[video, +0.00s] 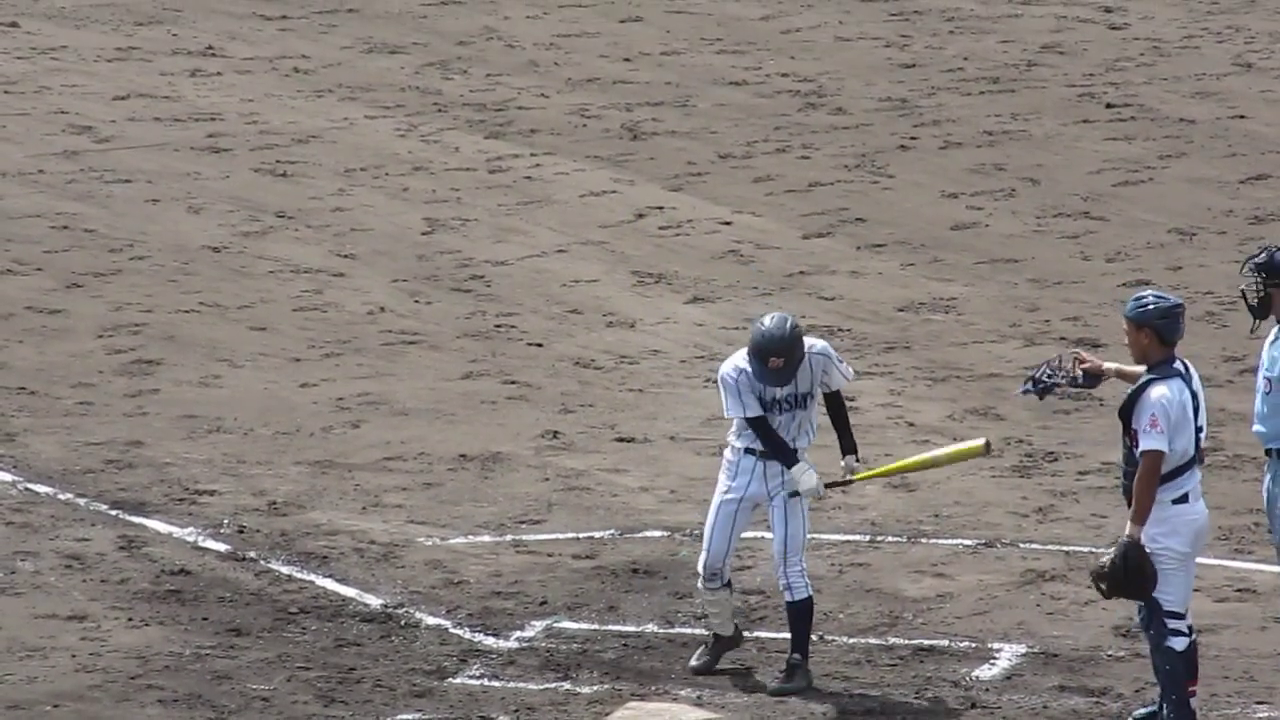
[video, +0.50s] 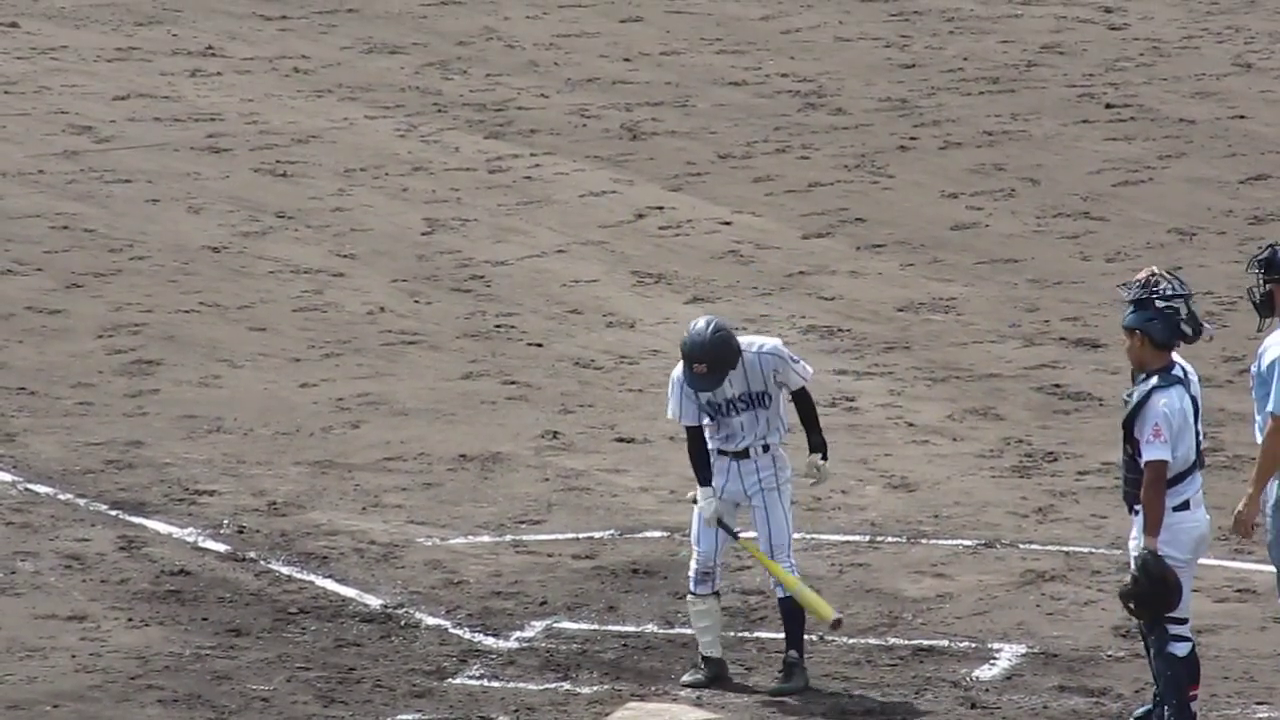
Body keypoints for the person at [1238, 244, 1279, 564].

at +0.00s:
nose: (1259, 292)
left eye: (1266, 285)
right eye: (1261, 284)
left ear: (1278, 292)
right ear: (1272, 291)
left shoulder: (1275, 342)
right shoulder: (1272, 339)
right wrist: (1269, 466)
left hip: (1276, 460)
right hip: (1272, 458)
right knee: (1276, 543)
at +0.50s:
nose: (1262, 290)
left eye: (1266, 282)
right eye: (1266, 281)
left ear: (1274, 291)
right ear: (1277, 291)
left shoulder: (1275, 352)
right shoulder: (1270, 346)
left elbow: (1275, 429)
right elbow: (1273, 429)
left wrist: (1253, 496)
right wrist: (1257, 497)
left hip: (1276, 494)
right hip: (1273, 491)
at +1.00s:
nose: (1264, 291)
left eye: (1267, 283)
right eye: (1265, 282)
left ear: (1274, 292)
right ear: (1275, 292)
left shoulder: (1273, 353)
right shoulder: (1269, 346)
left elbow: (1274, 435)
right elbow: (1269, 435)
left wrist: (1269, 500)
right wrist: (1266, 498)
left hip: (1272, 478)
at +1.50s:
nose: (1261, 295)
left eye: (1266, 288)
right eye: (1261, 287)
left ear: (1277, 294)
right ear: (1271, 294)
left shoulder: (1274, 355)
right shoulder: (1269, 348)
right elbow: (1267, 432)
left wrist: (1275, 510)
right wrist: (1270, 499)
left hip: (1274, 466)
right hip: (1268, 464)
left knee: (1273, 548)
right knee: (1272, 550)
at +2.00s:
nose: (1255, 299)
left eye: (1262, 292)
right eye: (1257, 291)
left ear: (1276, 297)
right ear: (1272, 297)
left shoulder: (1273, 364)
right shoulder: (1269, 354)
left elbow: (1277, 446)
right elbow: (1271, 443)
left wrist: (1274, 512)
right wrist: (1270, 507)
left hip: (1273, 488)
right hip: (1271, 484)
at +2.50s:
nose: (1244, 309)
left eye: (1248, 301)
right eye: (1244, 301)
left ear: (1266, 306)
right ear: (1270, 305)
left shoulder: (1271, 366)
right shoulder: (1269, 356)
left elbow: (1277, 444)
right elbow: (1275, 442)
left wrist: (1271, 512)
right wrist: (1270, 511)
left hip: (1279, 505)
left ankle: (1278, 702)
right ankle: (1277, 702)